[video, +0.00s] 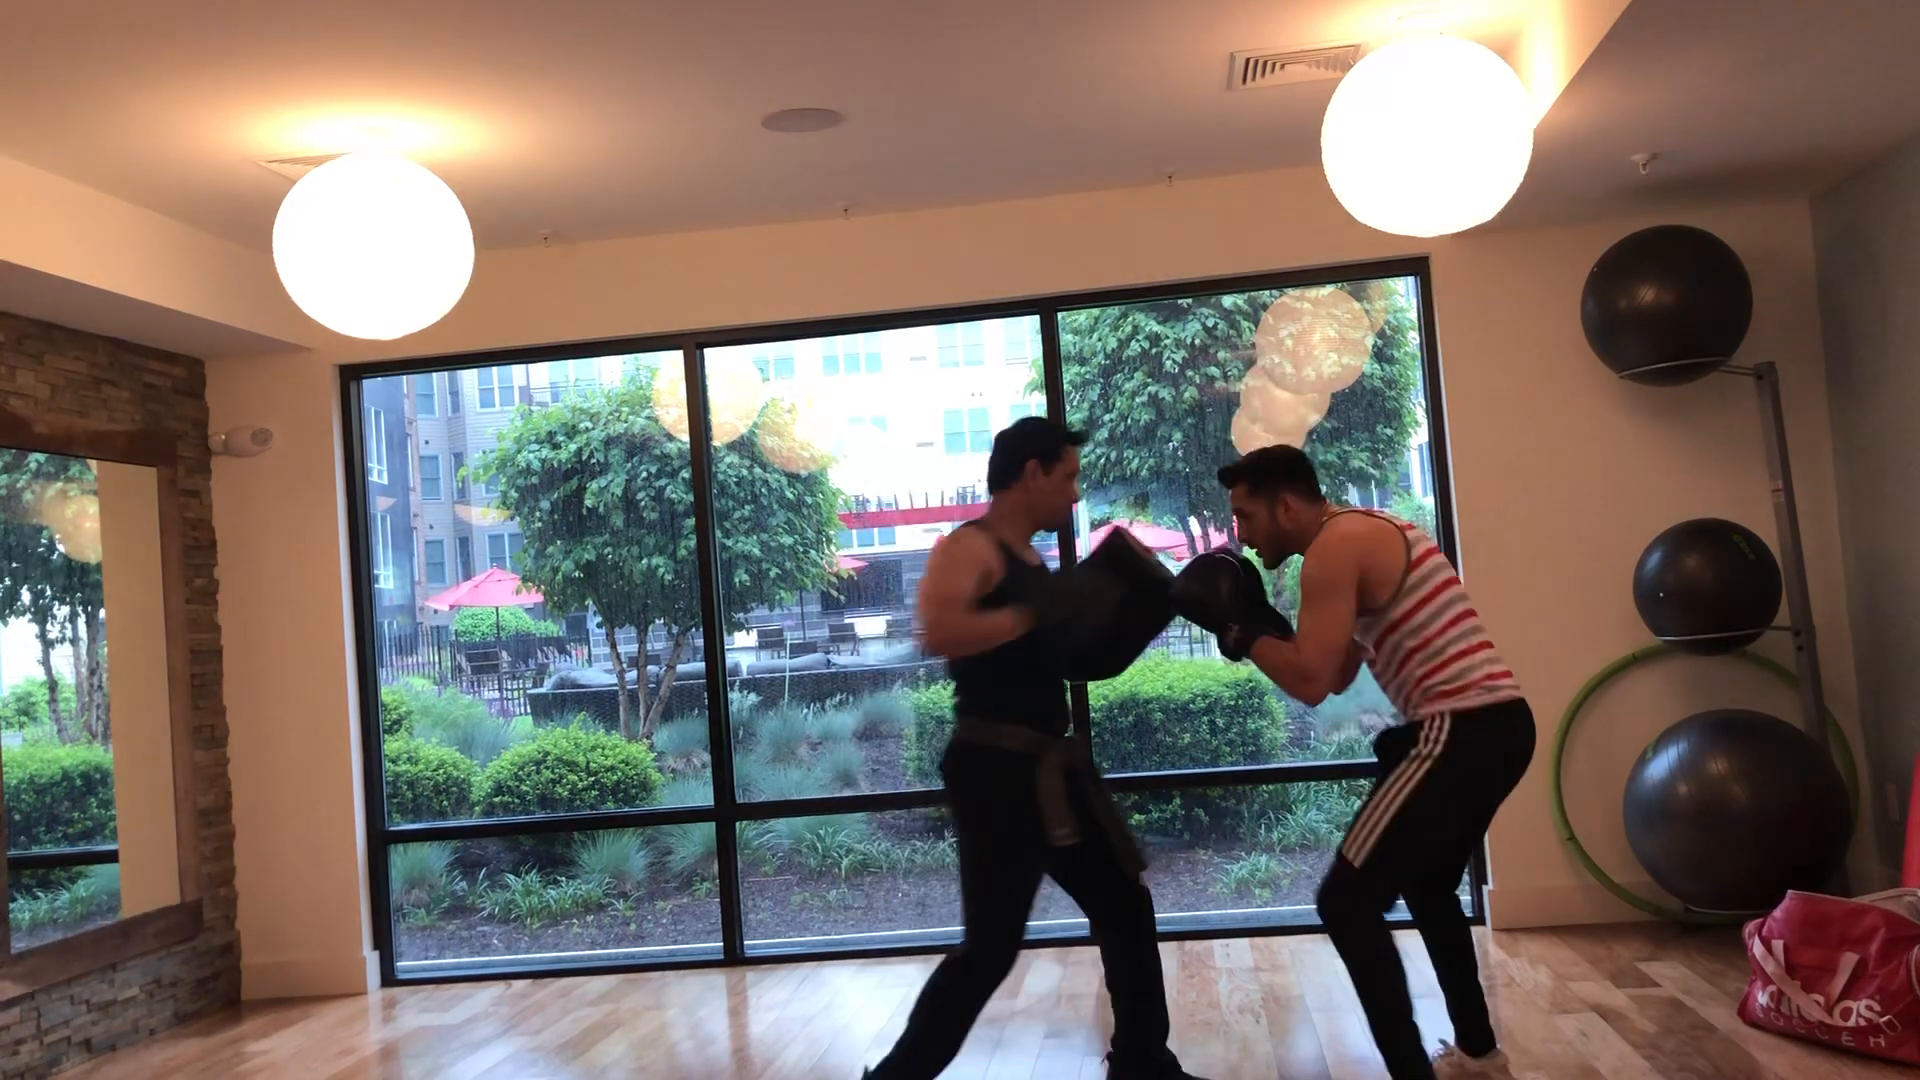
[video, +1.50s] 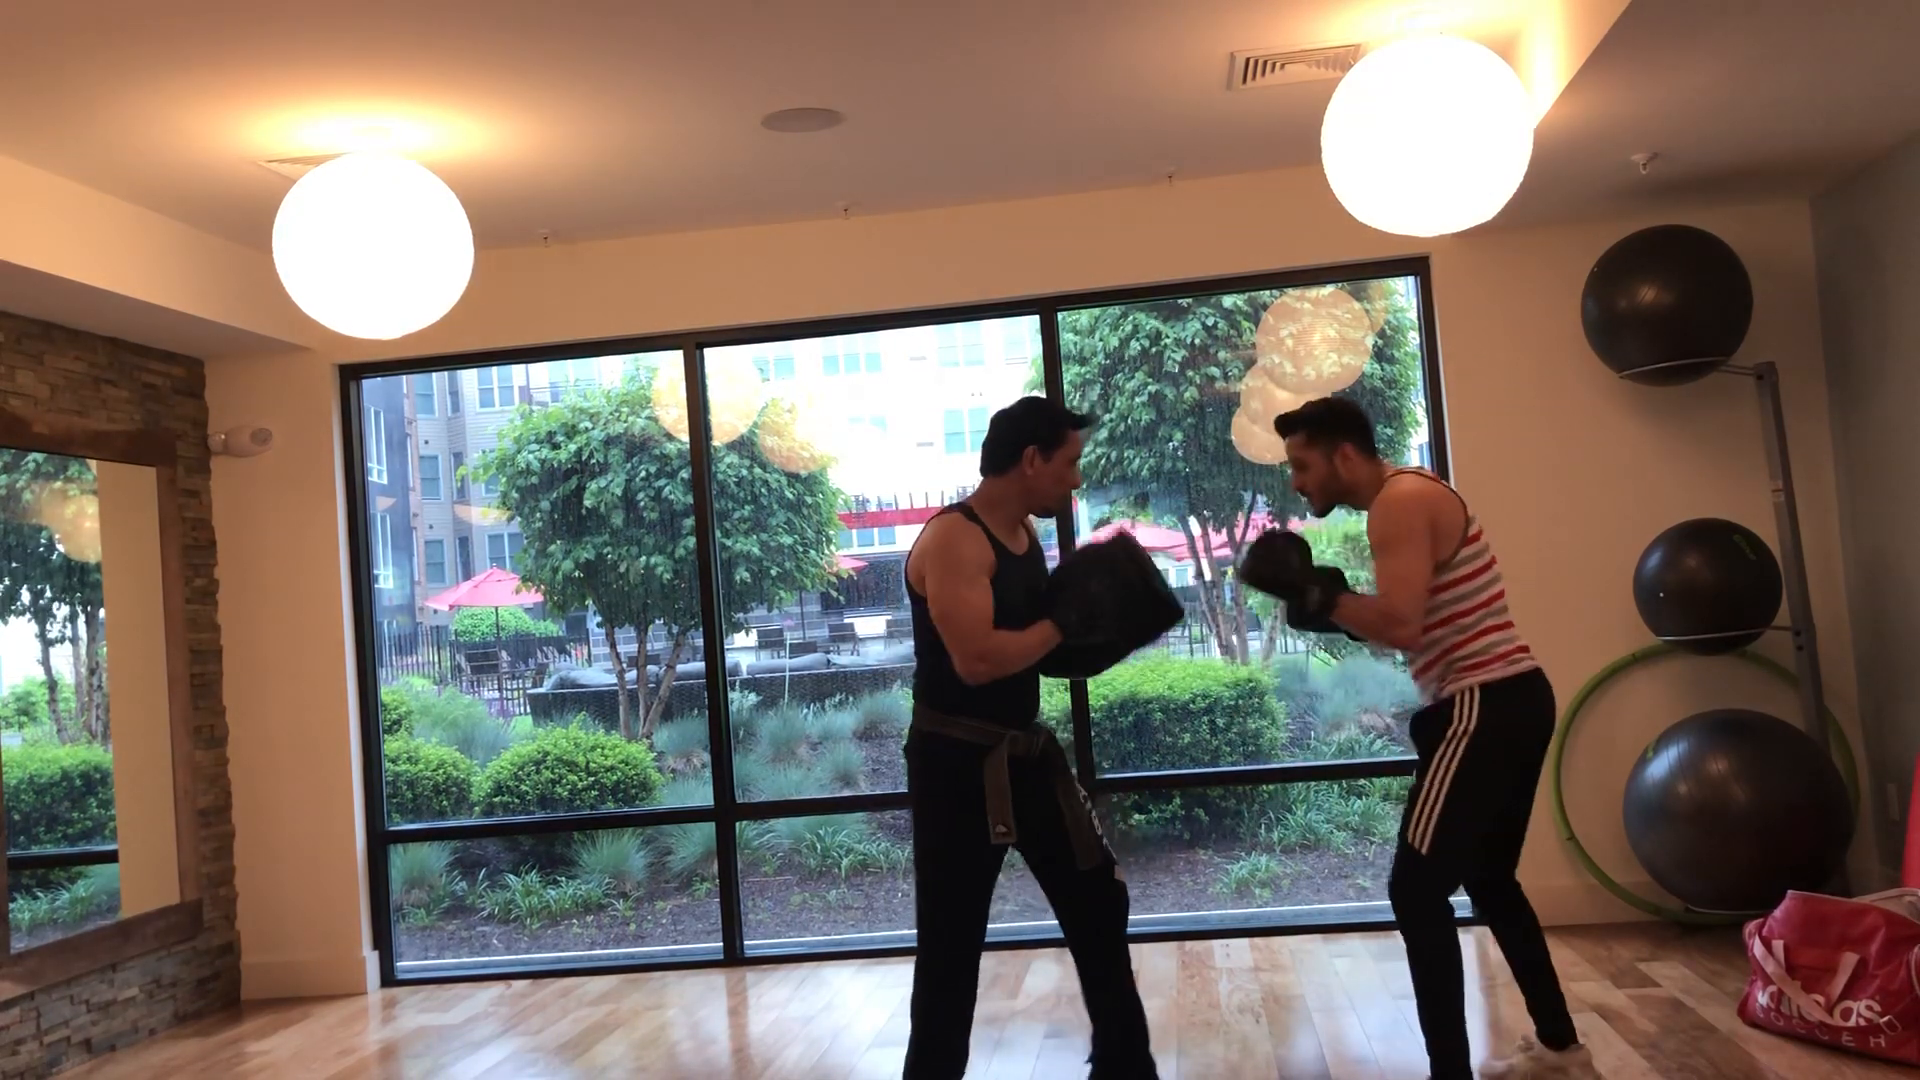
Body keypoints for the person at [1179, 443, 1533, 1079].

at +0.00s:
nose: (1241, 534)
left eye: (1243, 516)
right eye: (1236, 519)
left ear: (1286, 504)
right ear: (1296, 503)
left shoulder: (1334, 546)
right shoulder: (1375, 531)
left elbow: (1307, 680)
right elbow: (1335, 676)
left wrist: (1239, 630)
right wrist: (1257, 618)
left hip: (1459, 731)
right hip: (1498, 724)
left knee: (1344, 902)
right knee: (1429, 885)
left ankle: (1412, 1072)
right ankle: (1477, 1043)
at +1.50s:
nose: (1295, 482)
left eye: (1300, 465)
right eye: (1291, 468)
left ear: (1344, 455)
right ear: (1348, 457)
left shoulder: (1399, 502)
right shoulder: (1417, 493)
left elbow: (1402, 624)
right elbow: (1417, 623)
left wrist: (1320, 592)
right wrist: (1338, 604)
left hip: (1482, 706)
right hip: (1511, 698)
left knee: (1414, 890)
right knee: (1490, 877)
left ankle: (1449, 1072)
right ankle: (1556, 1032)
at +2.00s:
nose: (1274, 528)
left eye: (1277, 511)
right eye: (1270, 513)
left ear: (1317, 501)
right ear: (1324, 500)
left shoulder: (1400, 565)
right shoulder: (1388, 533)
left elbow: (1354, 700)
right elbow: (1392, 648)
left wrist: (1289, 642)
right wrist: (1312, 641)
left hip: (1501, 735)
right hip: (1492, 727)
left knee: (1417, 912)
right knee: (1466, 895)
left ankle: (1454, 1075)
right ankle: (1552, 1037)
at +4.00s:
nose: (1276, 566)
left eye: (1278, 551)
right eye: (1274, 551)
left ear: (1310, 558)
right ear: (1339, 545)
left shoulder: (1408, 627)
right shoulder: (1380, 587)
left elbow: (1333, 754)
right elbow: (1397, 683)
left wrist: (1299, 660)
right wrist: (1317, 704)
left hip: (1537, 758)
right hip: (1492, 752)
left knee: (1428, 917)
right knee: (1444, 899)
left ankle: (1481, 1071)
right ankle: (1530, 1042)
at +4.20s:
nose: (1279, 521)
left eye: (1285, 503)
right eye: (1280, 505)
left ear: (1321, 504)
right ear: (1336, 501)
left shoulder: (1402, 569)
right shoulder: (1384, 558)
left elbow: (1350, 708)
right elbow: (1396, 661)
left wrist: (1285, 644)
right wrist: (1303, 687)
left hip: (1519, 744)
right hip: (1488, 742)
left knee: (1432, 915)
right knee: (1454, 899)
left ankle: (1481, 1071)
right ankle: (1527, 1040)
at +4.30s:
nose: (1288, 501)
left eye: (1292, 481)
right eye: (1283, 485)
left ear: (1339, 463)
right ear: (1343, 468)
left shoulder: (1387, 524)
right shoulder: (1402, 510)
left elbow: (1387, 639)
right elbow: (1398, 633)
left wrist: (1296, 628)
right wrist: (1305, 626)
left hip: (1496, 721)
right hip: (1496, 715)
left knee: (1437, 909)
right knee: (1463, 887)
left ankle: (1483, 1069)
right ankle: (1527, 1040)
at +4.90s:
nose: (1302, 484)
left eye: (1306, 465)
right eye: (1297, 470)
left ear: (1348, 452)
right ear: (1352, 456)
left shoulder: (1397, 495)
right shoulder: (1413, 497)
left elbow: (1379, 619)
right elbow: (1384, 632)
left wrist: (1306, 567)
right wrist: (1312, 576)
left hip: (1495, 688)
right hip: (1520, 683)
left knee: (1445, 878)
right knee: (1485, 870)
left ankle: (1474, 1068)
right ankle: (1530, 1037)